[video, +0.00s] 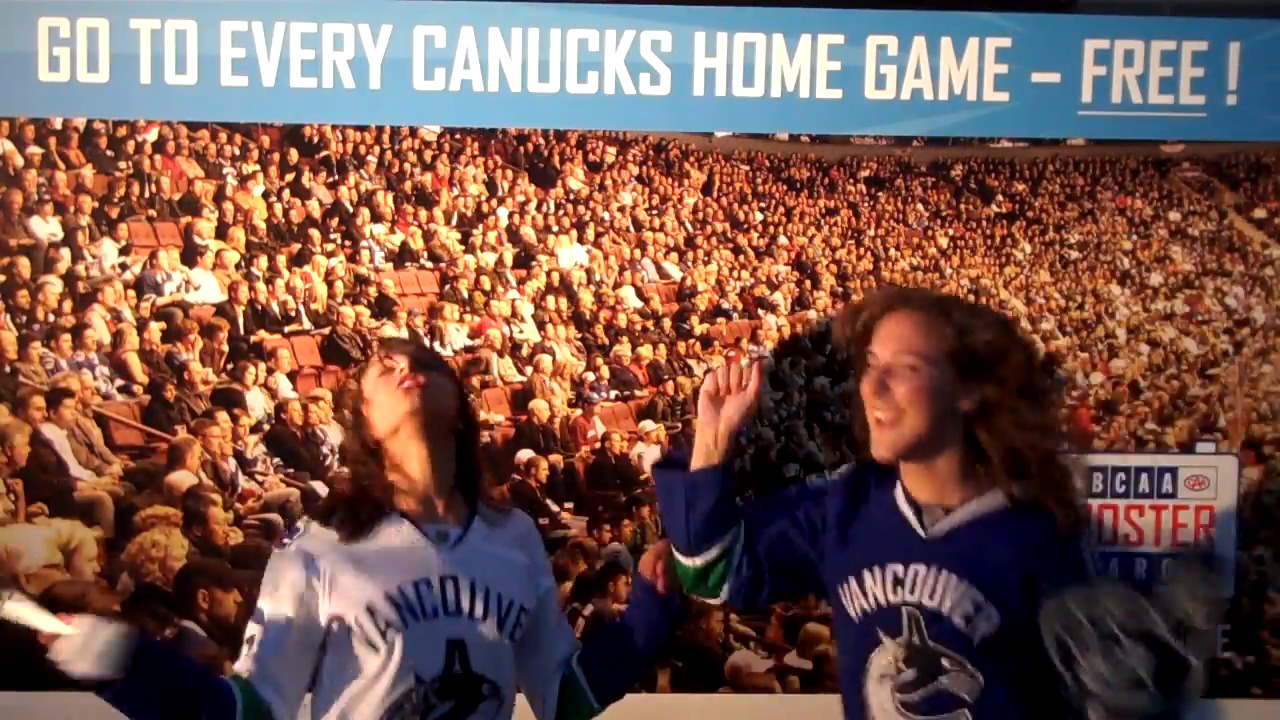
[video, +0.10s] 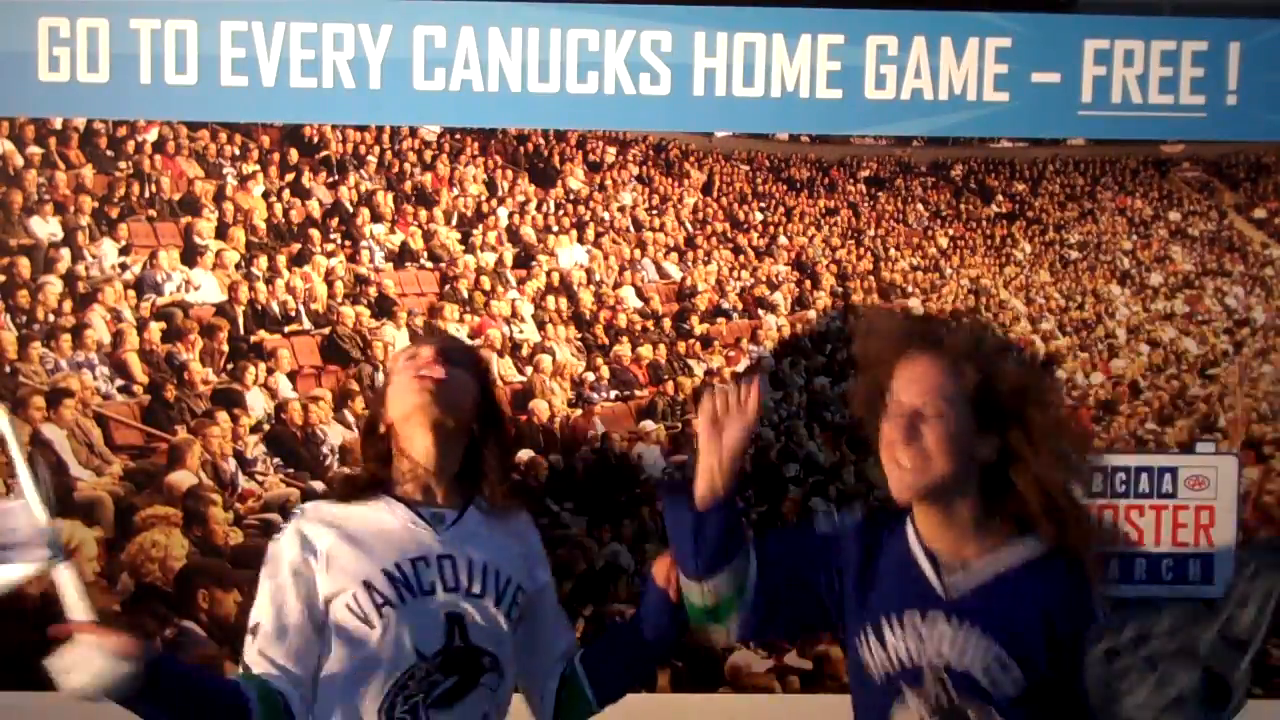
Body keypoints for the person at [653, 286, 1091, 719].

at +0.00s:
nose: (872, 386)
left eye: (903, 368)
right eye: (870, 367)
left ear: (968, 389)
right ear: (861, 380)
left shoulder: (1036, 533)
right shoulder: (843, 508)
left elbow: (1087, 679)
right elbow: (713, 572)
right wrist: (711, 436)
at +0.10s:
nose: (896, 435)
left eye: (925, 417)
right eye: (891, 413)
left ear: (987, 439)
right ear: (876, 422)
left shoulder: (1061, 586)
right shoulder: (860, 553)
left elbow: (1094, 706)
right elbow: (722, 604)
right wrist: (713, 475)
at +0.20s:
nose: (918, 432)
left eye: (942, 415)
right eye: (907, 417)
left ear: (999, 438)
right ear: (895, 440)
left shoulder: (1081, 579)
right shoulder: (869, 558)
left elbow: (1133, 699)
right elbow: (750, 664)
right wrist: (721, 535)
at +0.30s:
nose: (937, 388)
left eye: (959, 370)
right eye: (918, 379)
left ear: (1008, 397)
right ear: (900, 414)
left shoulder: (1096, 533)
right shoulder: (877, 542)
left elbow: (1211, 640)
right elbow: (833, 680)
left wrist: (1227, 510)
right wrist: (730, 627)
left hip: (1051, 713)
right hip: (913, 716)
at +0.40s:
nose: (962, 422)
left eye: (976, 398)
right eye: (939, 413)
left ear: (1023, 411)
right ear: (924, 453)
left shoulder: (1118, 540)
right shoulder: (908, 578)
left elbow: (1255, 505)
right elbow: (872, 703)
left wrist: (1193, 400)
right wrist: (748, 677)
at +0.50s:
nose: (958, 454)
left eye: (979, 431)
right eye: (942, 446)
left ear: (1037, 446)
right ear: (934, 478)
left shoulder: (1123, 570)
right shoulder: (923, 596)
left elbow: (1230, 504)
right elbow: (858, 710)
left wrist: (1135, 383)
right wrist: (774, 646)